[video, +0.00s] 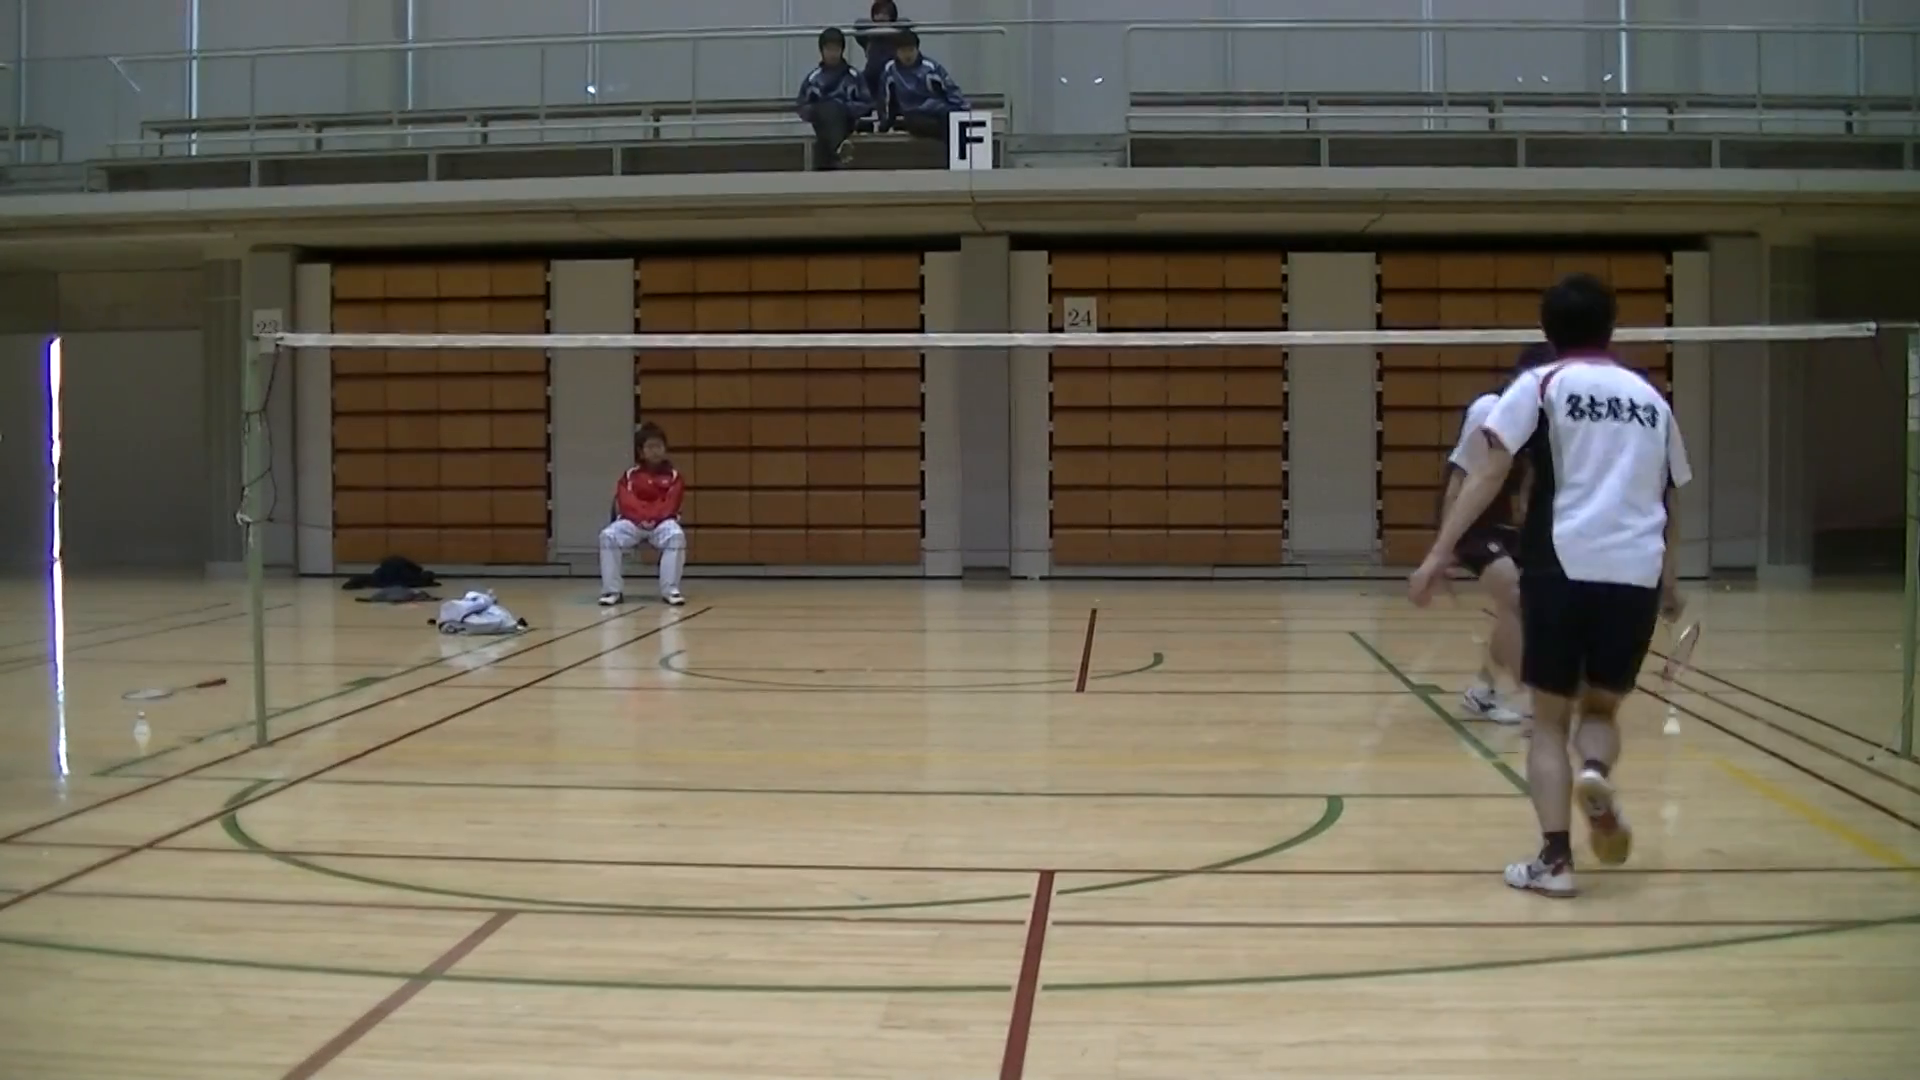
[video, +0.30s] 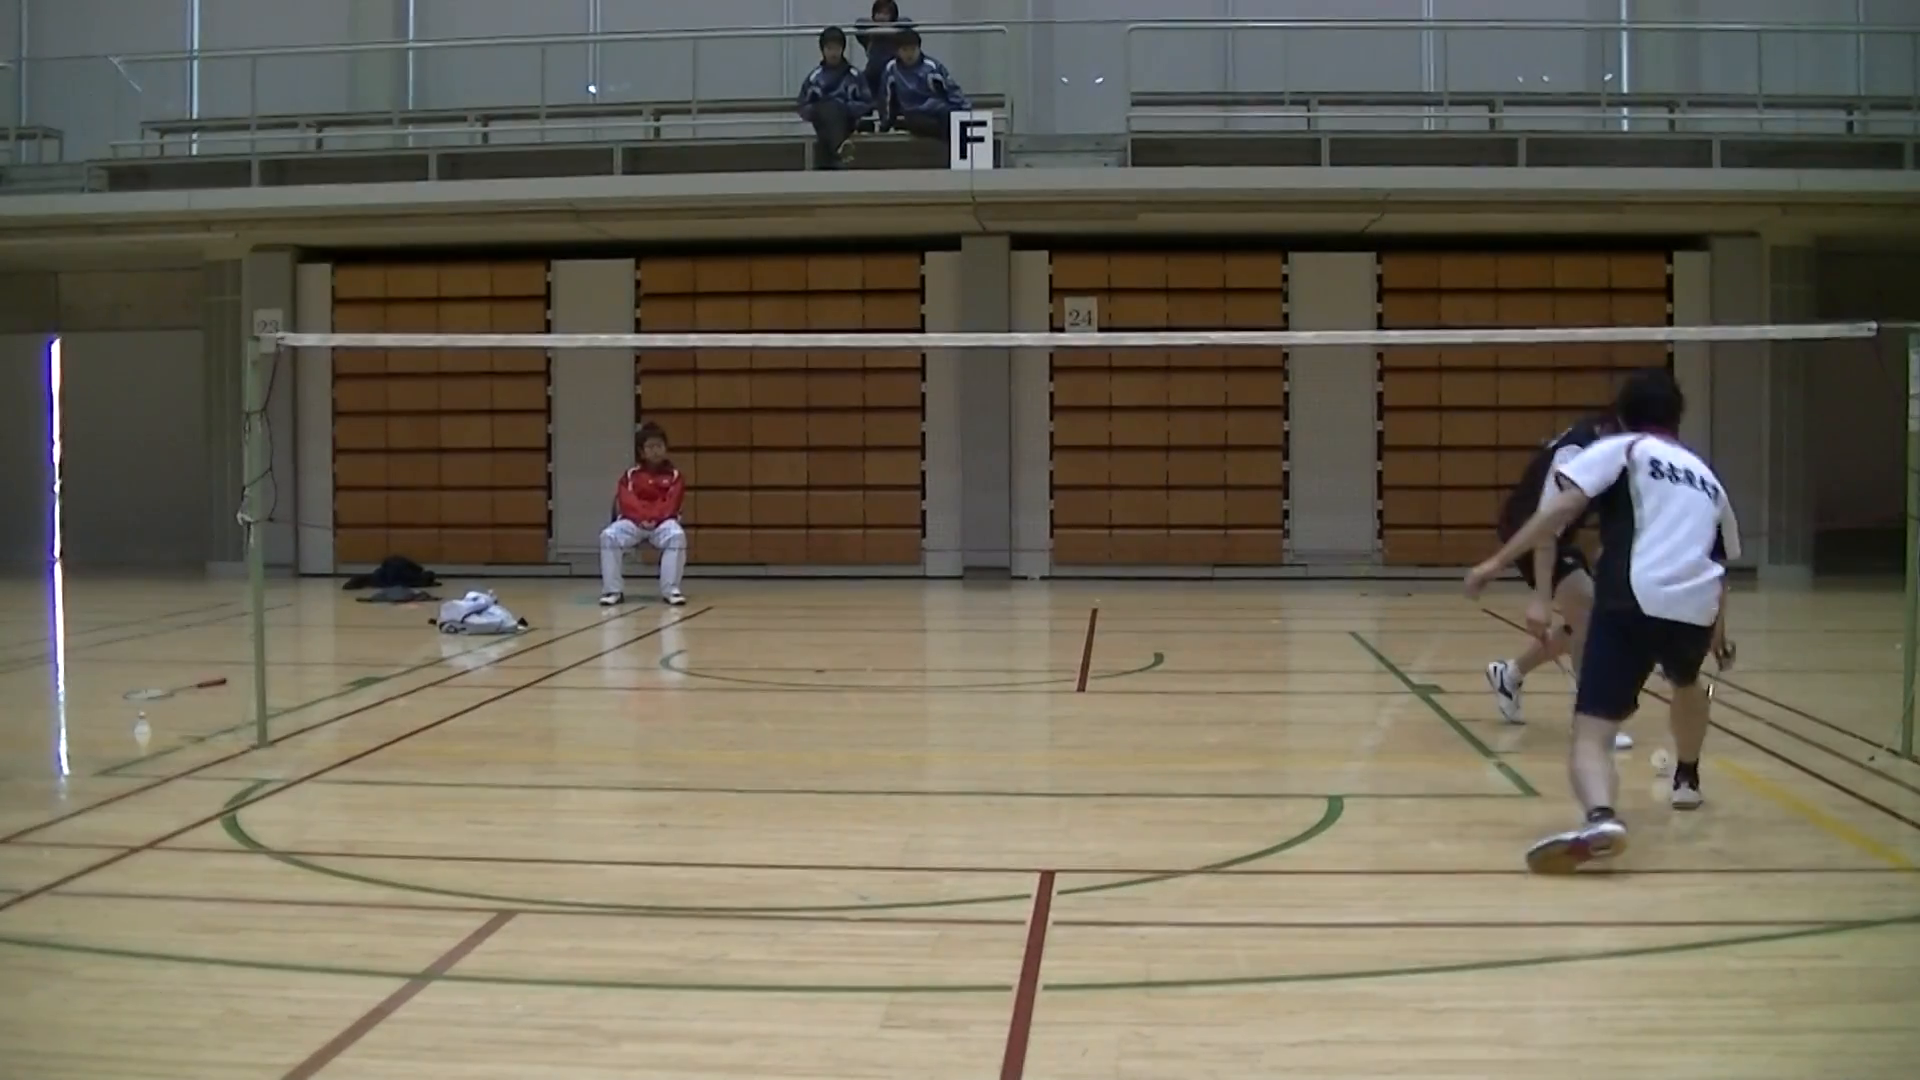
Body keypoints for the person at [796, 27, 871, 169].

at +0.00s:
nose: (832, 54)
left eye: (836, 49)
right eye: (828, 49)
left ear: (842, 50)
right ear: (821, 51)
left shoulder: (854, 76)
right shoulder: (812, 78)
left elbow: (867, 104)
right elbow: (802, 107)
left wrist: (842, 109)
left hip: (848, 121)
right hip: (820, 121)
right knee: (831, 108)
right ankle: (839, 146)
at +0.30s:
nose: (833, 53)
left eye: (837, 48)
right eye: (829, 48)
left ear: (843, 49)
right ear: (822, 50)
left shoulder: (855, 75)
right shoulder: (814, 77)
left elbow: (867, 104)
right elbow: (803, 107)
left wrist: (842, 108)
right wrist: (821, 111)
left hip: (848, 120)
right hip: (820, 121)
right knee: (830, 107)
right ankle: (840, 146)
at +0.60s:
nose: (833, 53)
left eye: (837, 48)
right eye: (829, 48)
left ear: (843, 49)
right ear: (822, 50)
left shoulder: (855, 75)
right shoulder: (813, 77)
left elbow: (867, 104)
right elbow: (803, 108)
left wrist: (842, 108)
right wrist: (825, 108)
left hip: (848, 120)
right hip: (821, 120)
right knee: (830, 106)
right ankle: (840, 146)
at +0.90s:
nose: (833, 53)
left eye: (837, 48)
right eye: (829, 48)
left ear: (843, 49)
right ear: (822, 51)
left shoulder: (855, 75)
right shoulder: (813, 77)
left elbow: (867, 105)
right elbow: (803, 108)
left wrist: (842, 107)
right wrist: (823, 109)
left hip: (848, 119)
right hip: (820, 120)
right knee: (830, 106)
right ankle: (841, 146)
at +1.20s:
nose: (833, 52)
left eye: (837, 47)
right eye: (829, 48)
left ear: (843, 49)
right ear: (822, 50)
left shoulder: (855, 74)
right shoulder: (813, 76)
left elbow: (867, 102)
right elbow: (803, 106)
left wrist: (843, 107)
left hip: (847, 119)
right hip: (821, 120)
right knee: (831, 106)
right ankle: (840, 145)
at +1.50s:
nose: (833, 51)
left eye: (837, 47)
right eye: (829, 47)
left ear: (843, 48)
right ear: (822, 49)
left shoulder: (856, 74)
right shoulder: (813, 76)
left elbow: (867, 103)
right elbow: (803, 105)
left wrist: (844, 106)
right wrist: (818, 109)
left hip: (848, 119)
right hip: (821, 118)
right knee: (830, 105)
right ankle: (840, 144)